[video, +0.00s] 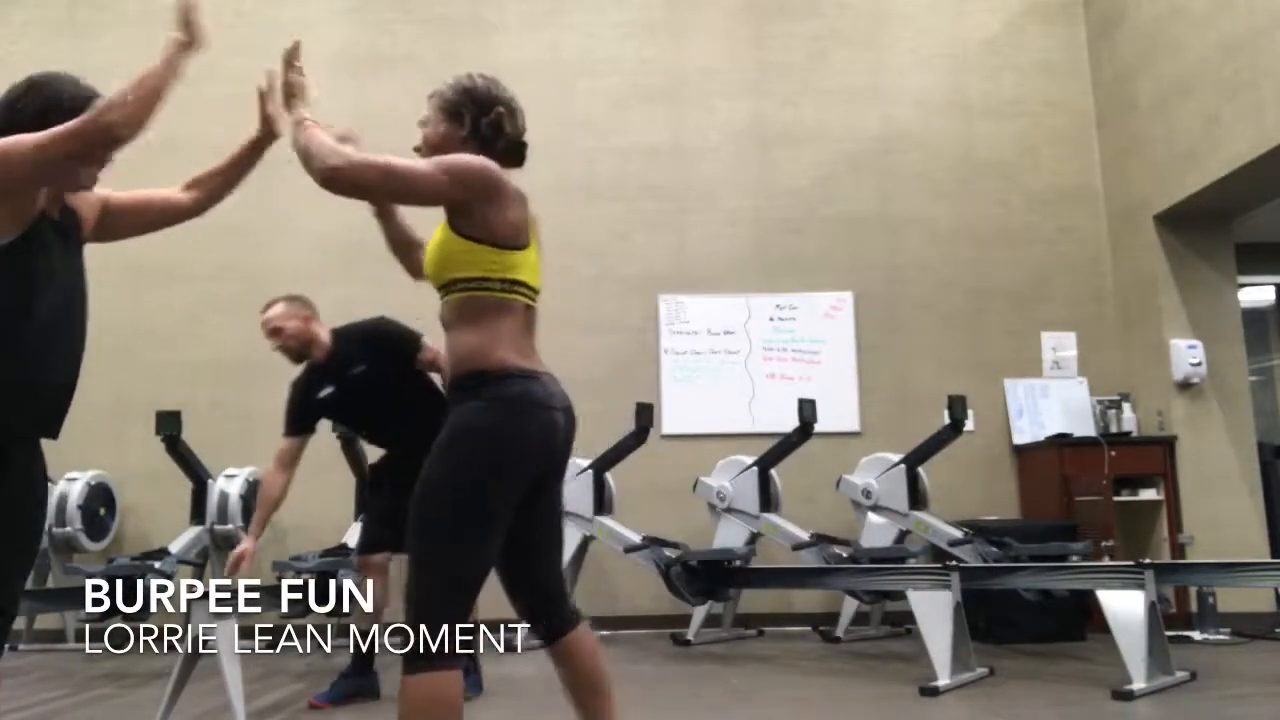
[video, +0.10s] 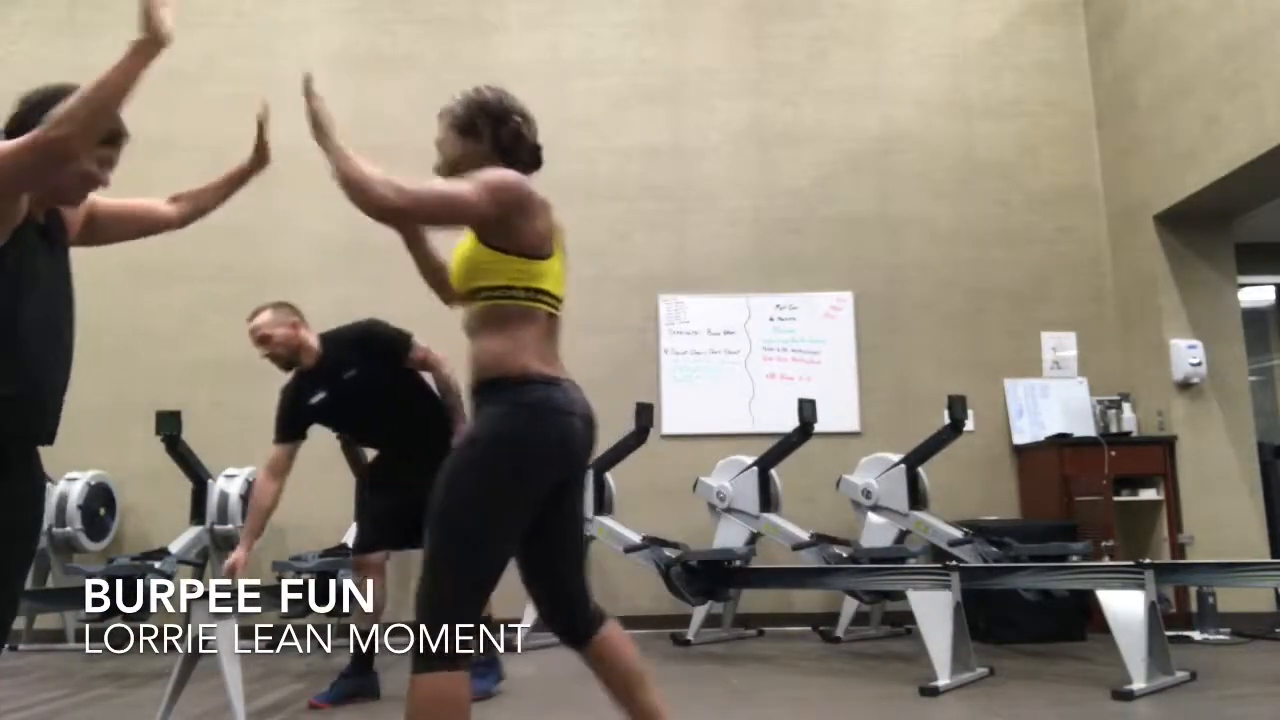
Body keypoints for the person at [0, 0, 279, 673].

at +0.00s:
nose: (106, 162)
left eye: (108, 149)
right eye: (95, 145)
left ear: (78, 149)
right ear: (47, 142)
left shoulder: (74, 213)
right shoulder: (11, 192)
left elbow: (189, 198)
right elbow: (101, 133)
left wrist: (264, 137)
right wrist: (181, 47)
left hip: (24, 450)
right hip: (2, 449)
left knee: (7, 609)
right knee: (5, 610)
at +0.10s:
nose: (108, 173)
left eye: (115, 158)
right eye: (102, 153)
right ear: (56, 144)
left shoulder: (60, 219)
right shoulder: (9, 209)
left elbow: (171, 211)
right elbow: (56, 141)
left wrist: (249, 170)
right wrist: (146, 47)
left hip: (21, 457)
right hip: (1, 456)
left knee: (5, 611)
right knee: (4, 612)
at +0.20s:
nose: (104, 218)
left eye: (112, 207)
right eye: (102, 202)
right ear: (62, 176)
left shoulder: (61, 237)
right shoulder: (14, 228)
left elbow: (150, 255)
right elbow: (13, 179)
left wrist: (232, 246)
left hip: (18, 469)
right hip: (3, 468)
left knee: (3, 621)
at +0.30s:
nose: (134, 265)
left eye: (145, 254)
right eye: (137, 246)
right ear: (109, 218)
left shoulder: (78, 268)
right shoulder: (18, 235)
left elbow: (136, 338)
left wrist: (203, 360)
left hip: (2, 462)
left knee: (3, 616)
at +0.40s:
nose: (156, 354)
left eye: (168, 345)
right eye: (164, 339)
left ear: (137, 298)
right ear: (144, 314)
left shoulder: (107, 339)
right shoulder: (38, 323)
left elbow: (114, 436)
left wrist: (140, 517)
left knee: (12, 619)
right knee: (10, 620)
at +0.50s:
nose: (170, 439)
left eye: (182, 428)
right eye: (179, 424)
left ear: (155, 383)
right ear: (164, 403)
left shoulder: (112, 416)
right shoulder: (52, 393)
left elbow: (101, 522)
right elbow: (7, 505)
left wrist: (111, 615)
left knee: (25, 631)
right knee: (21, 631)